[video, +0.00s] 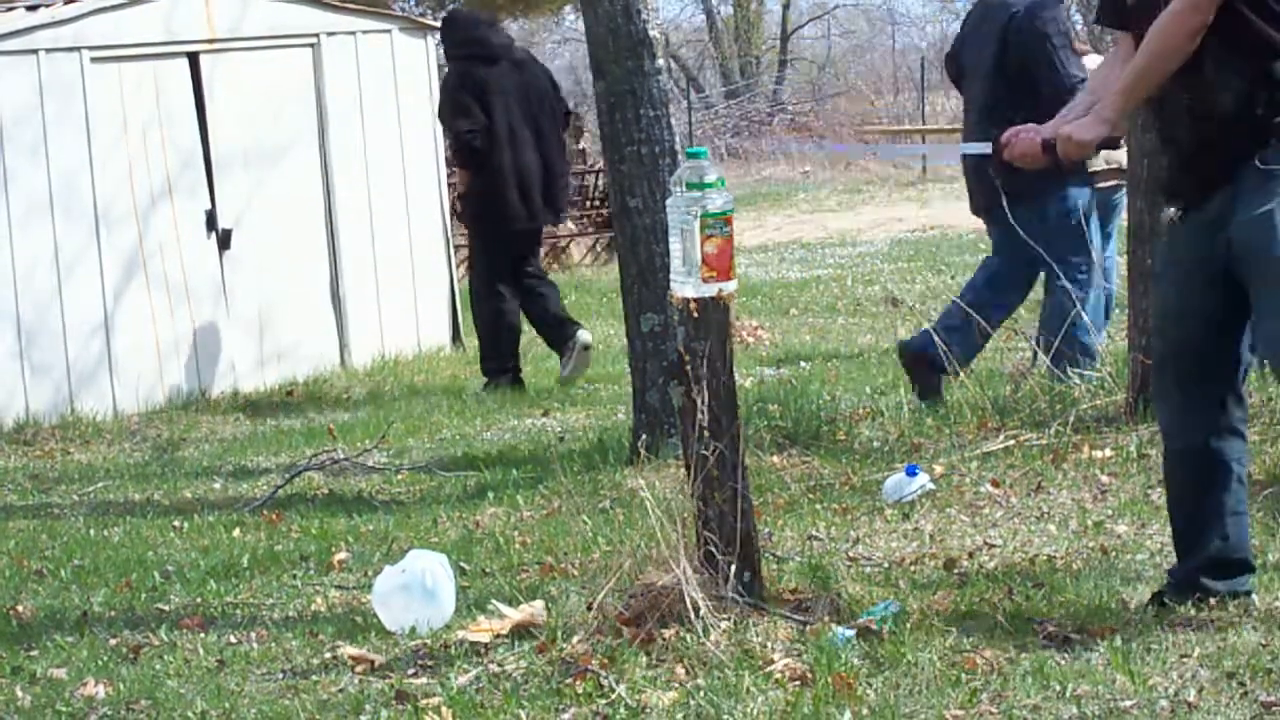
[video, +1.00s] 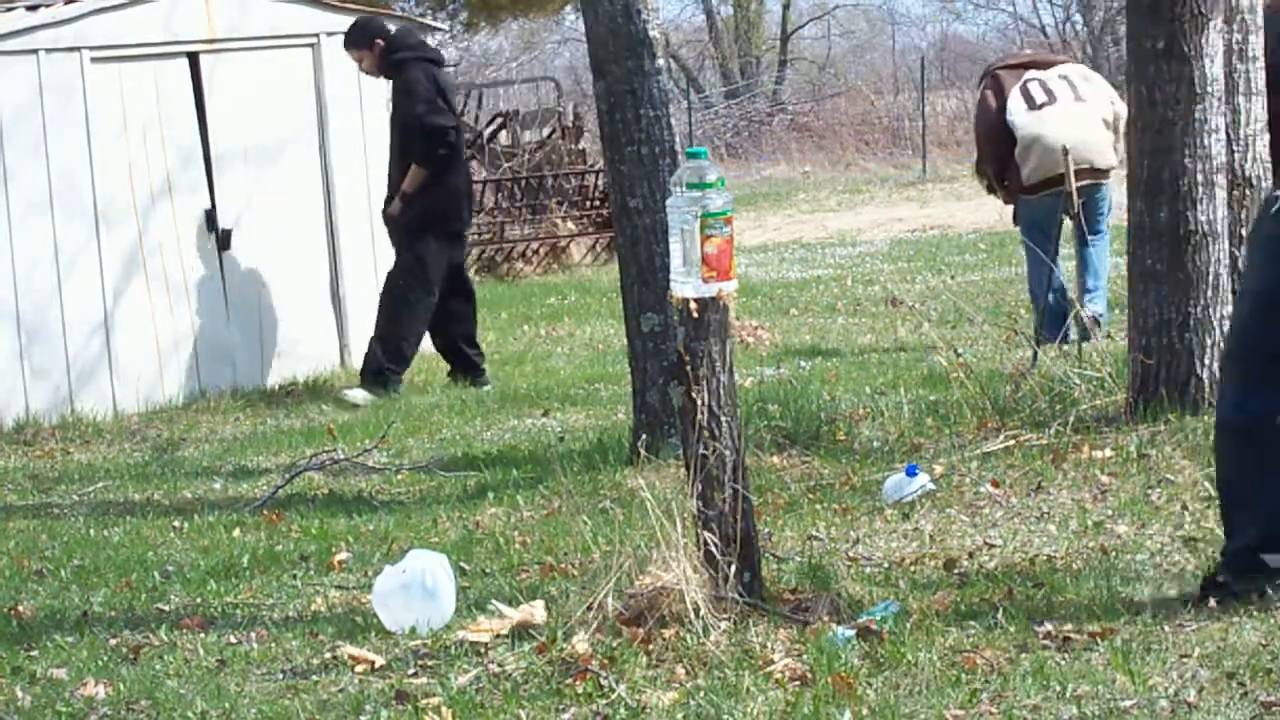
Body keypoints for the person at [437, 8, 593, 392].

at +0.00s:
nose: (445, 50)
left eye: (446, 44)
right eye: (445, 44)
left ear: (455, 42)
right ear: (491, 31)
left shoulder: (462, 76)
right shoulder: (528, 64)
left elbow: (469, 137)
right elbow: (560, 115)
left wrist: (466, 176)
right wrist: (542, 157)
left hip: (491, 197)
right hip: (536, 188)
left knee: (491, 284)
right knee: (526, 271)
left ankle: (503, 377)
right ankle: (568, 337)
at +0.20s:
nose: (427, 49)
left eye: (427, 43)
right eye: (426, 43)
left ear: (435, 40)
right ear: (469, 30)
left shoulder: (442, 72)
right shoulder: (504, 62)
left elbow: (451, 134)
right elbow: (539, 112)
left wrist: (445, 189)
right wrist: (518, 150)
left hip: (475, 190)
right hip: (514, 182)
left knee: (484, 279)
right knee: (497, 276)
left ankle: (502, 373)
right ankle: (504, 369)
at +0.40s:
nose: (412, 57)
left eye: (412, 50)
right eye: (410, 50)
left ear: (421, 46)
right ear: (450, 35)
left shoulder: (432, 75)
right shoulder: (487, 67)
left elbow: (437, 136)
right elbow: (521, 119)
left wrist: (430, 192)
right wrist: (503, 167)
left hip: (461, 192)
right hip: (498, 187)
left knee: (478, 283)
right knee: (467, 282)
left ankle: (502, 371)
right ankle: (465, 369)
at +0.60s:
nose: (400, 62)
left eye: (399, 55)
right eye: (397, 56)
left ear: (409, 46)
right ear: (429, 38)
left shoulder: (425, 70)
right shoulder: (471, 69)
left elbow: (435, 135)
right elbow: (502, 122)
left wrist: (416, 188)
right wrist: (492, 176)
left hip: (446, 194)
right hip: (481, 191)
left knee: (432, 277)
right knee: (469, 276)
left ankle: (483, 361)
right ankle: (465, 365)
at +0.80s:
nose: (381, 65)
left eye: (379, 56)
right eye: (376, 59)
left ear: (395, 43)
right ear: (400, 40)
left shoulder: (422, 69)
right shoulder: (451, 67)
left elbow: (439, 130)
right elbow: (479, 133)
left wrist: (408, 186)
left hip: (440, 200)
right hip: (472, 196)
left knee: (411, 283)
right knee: (458, 280)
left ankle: (431, 379)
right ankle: (469, 369)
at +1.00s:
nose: (360, 69)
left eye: (360, 60)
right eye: (356, 63)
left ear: (378, 47)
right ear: (378, 47)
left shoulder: (413, 74)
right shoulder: (418, 70)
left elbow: (436, 140)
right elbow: (432, 142)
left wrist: (402, 195)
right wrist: (403, 192)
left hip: (430, 211)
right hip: (441, 209)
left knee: (406, 296)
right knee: (449, 296)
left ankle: (379, 384)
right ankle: (470, 375)